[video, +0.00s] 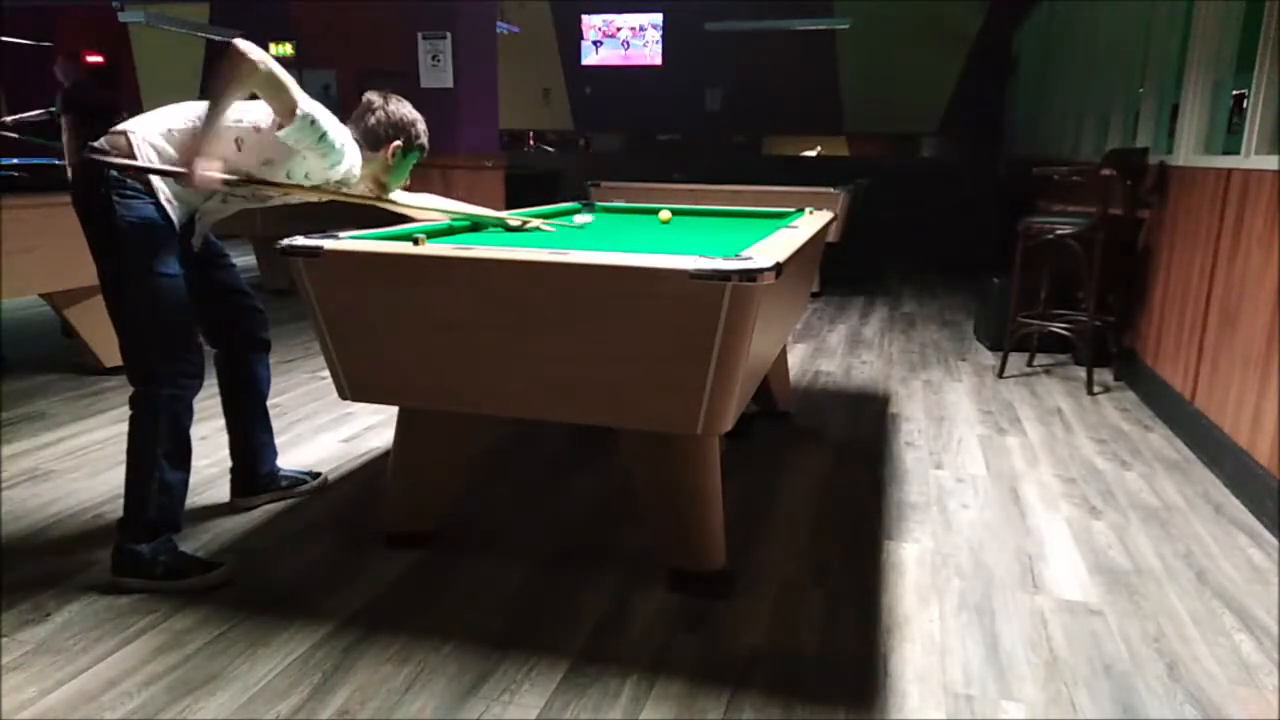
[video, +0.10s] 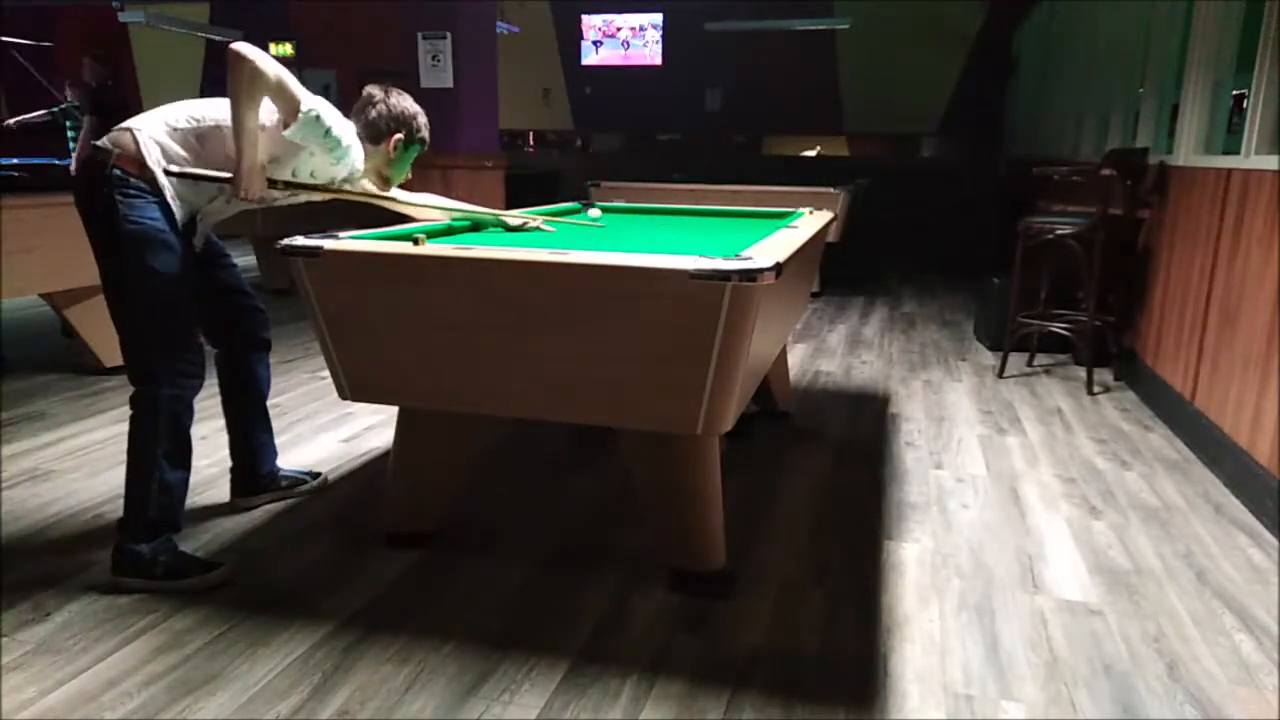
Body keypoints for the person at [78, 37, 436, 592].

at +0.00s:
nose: (405, 178)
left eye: (409, 168)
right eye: (409, 165)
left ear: (374, 137)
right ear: (394, 151)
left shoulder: (341, 168)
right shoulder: (331, 147)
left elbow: (417, 202)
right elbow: (241, 56)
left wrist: (497, 216)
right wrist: (201, 153)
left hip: (175, 200)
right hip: (127, 180)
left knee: (243, 325)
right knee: (171, 366)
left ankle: (255, 472)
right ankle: (143, 544)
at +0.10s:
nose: (406, 173)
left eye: (411, 164)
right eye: (410, 161)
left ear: (377, 133)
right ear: (395, 143)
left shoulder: (345, 169)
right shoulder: (333, 139)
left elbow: (411, 200)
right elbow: (247, 59)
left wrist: (499, 217)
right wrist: (249, 160)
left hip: (177, 201)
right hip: (127, 180)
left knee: (245, 327)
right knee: (172, 366)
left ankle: (255, 473)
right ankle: (144, 544)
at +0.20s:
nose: (391, 70)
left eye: (395, 60)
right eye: (392, 56)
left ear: (368, 40)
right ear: (373, 38)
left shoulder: (335, 92)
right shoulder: (308, 46)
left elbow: (401, 154)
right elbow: (197, 72)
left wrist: (482, 196)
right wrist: (226, 176)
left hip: (204, 183)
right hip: (161, 167)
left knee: (263, 330)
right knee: (178, 356)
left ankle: (256, 473)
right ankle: (147, 539)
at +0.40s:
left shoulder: (265, 18)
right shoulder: (249, 5)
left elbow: (267, 106)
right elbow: (239, 84)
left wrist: (342, 135)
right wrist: (297, 169)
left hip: (251, 165)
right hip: (241, 166)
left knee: (266, 319)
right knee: (285, 323)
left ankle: (264, 452)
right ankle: (259, 463)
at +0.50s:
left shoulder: (261, 12)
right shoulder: (299, 11)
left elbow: (282, 107)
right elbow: (299, 101)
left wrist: (354, 132)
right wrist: (348, 167)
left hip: (265, 168)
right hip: (288, 169)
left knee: (306, 303)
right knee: (290, 314)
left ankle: (324, 411)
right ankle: (259, 461)